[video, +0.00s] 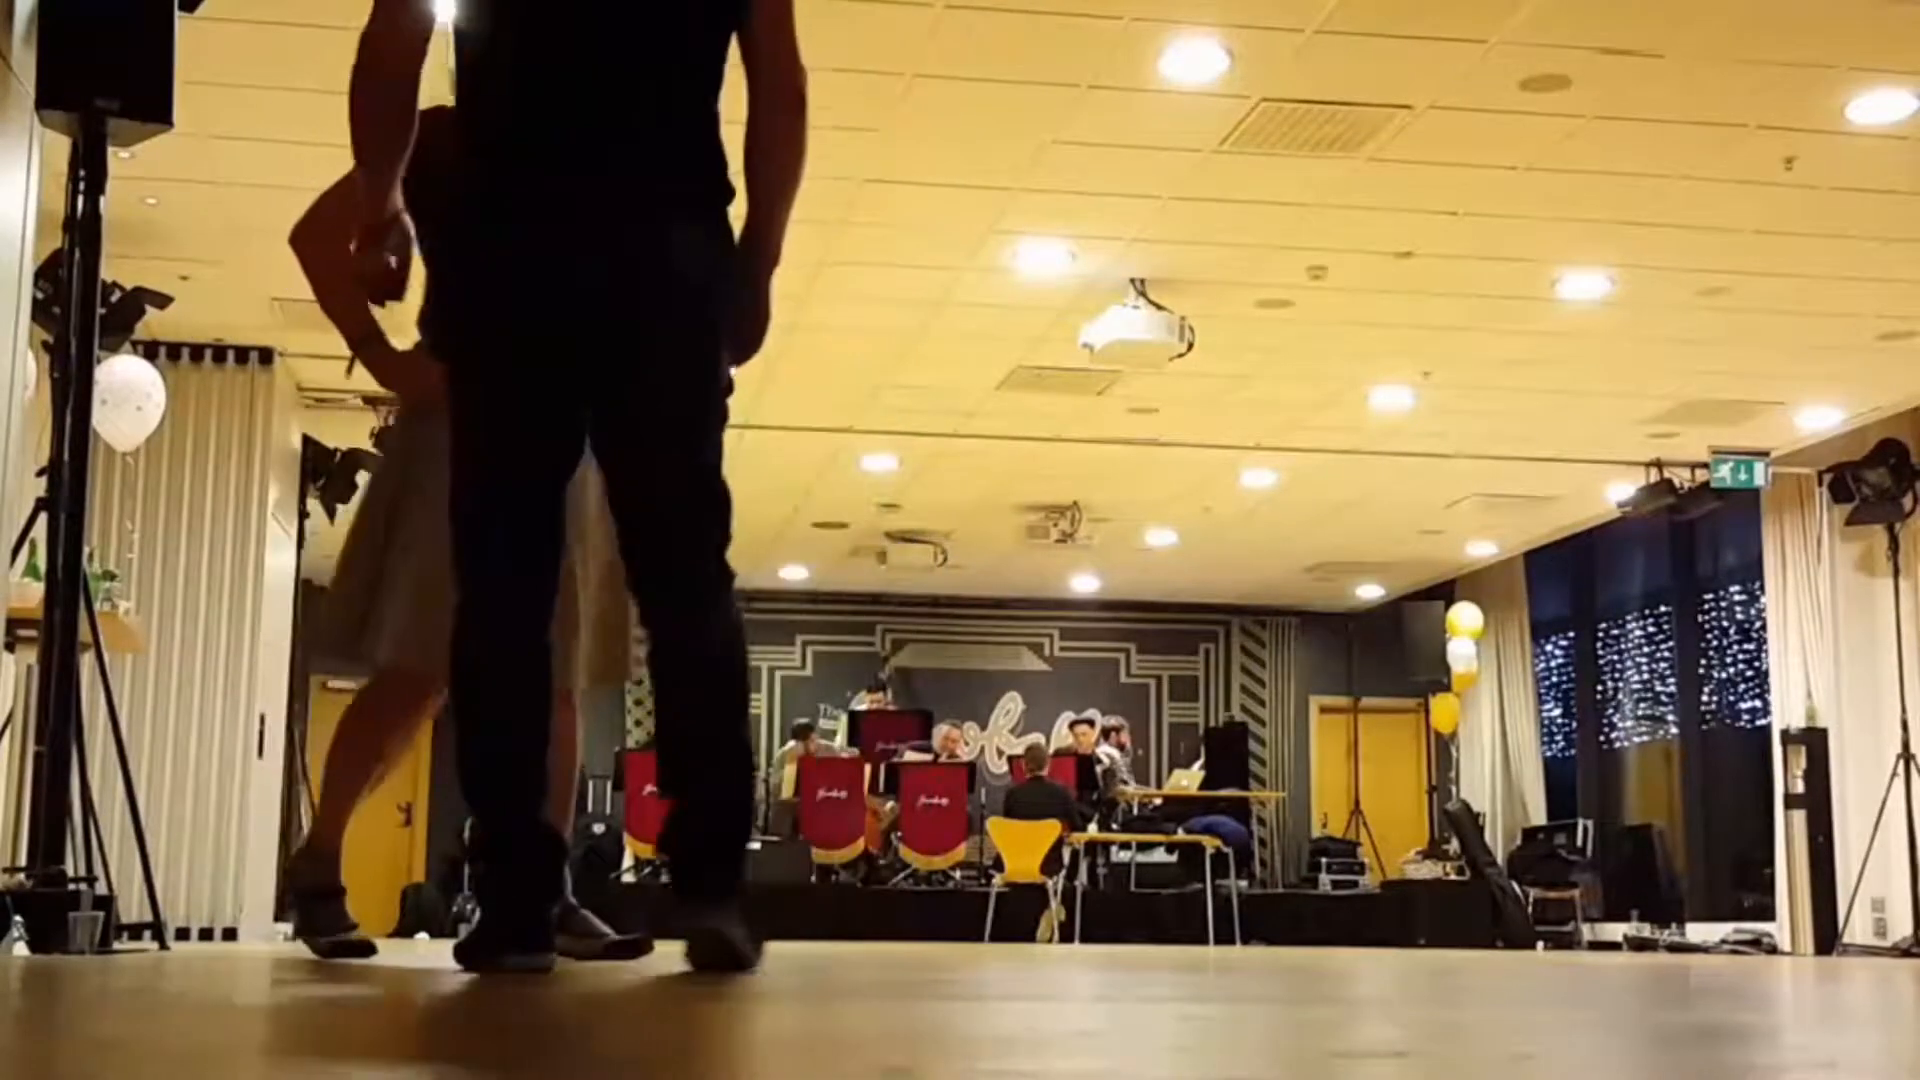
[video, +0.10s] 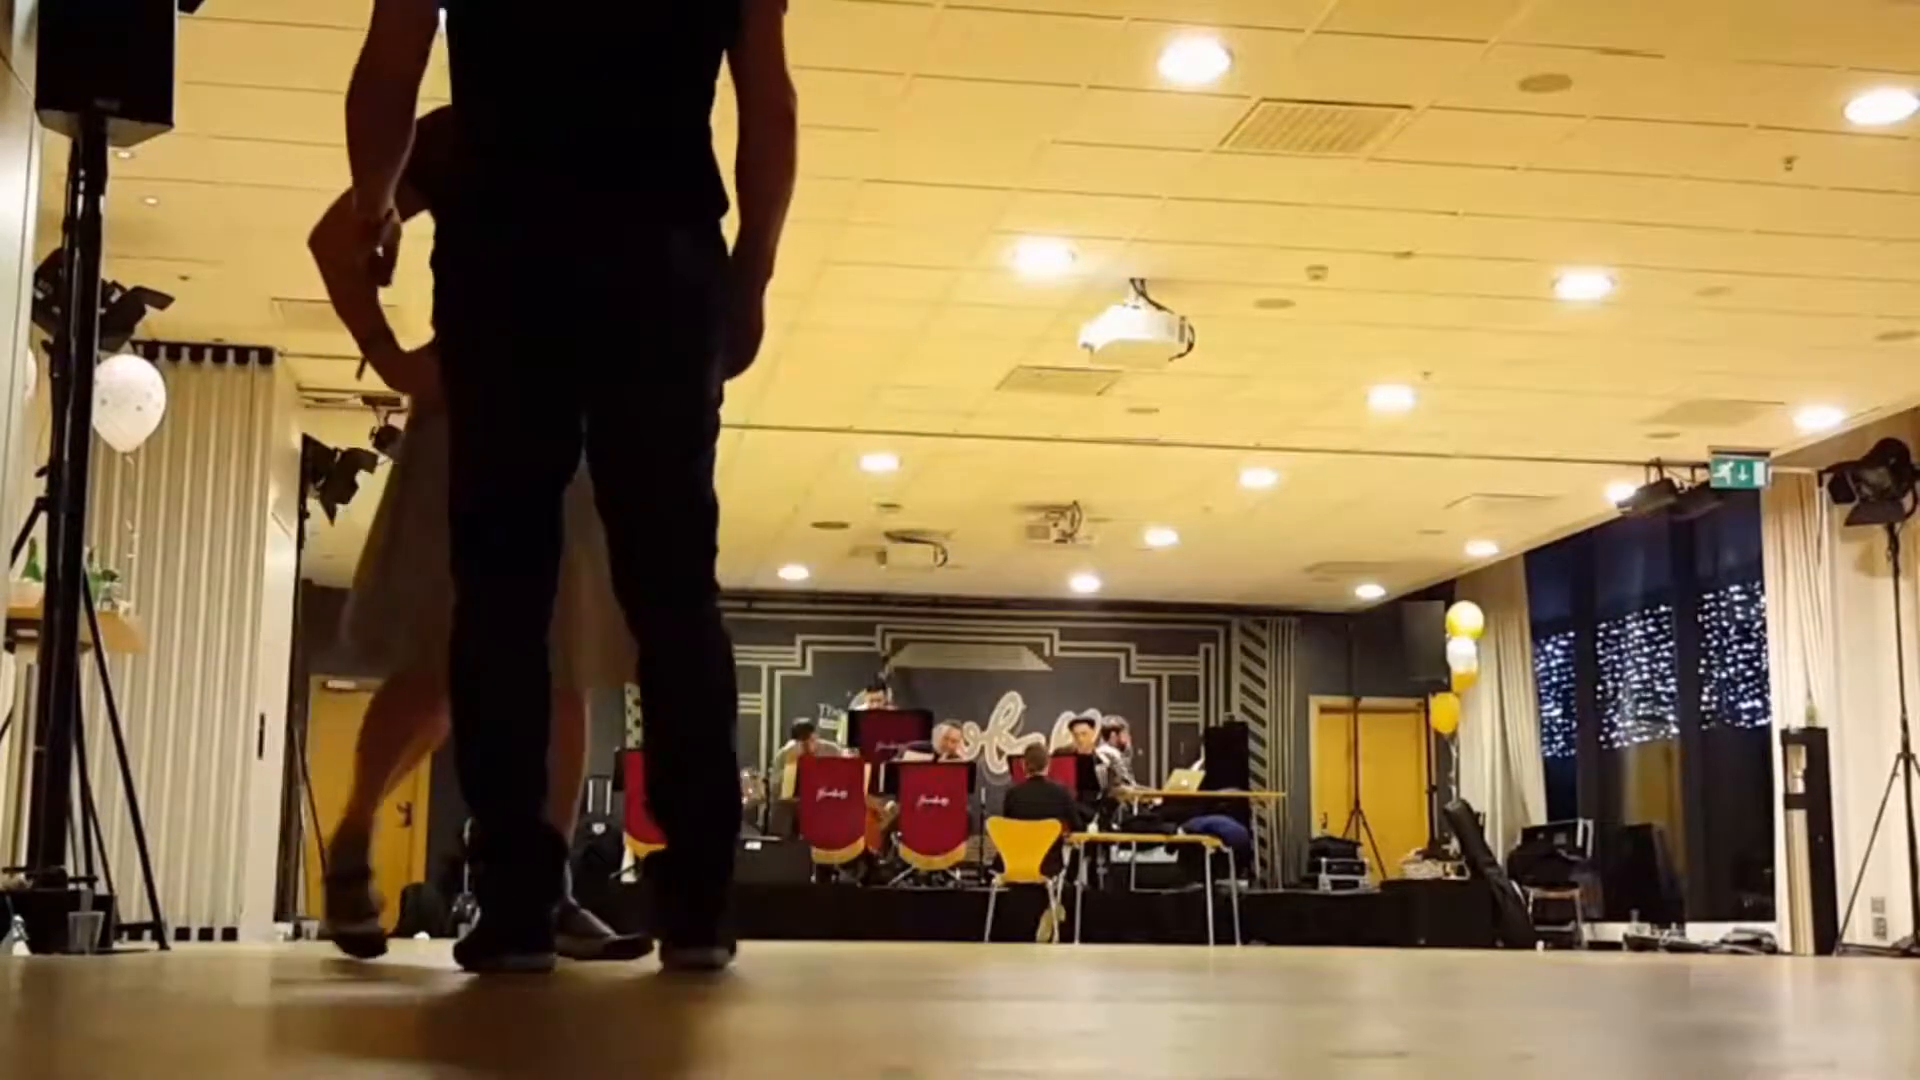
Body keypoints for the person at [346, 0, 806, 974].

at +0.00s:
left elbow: (389, 47)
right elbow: (780, 84)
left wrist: (379, 199)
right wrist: (759, 261)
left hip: (506, 275)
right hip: (665, 276)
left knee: (501, 597)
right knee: (689, 589)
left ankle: (513, 907)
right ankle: (712, 895)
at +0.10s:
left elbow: (384, 77)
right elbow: (768, 100)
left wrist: (372, 204)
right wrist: (753, 272)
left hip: (503, 271)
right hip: (663, 272)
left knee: (500, 593)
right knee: (676, 593)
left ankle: (513, 908)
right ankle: (697, 912)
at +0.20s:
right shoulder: (737, 4)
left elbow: (390, 86)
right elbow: (763, 114)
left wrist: (382, 194)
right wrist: (750, 282)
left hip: (503, 277)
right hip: (660, 281)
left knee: (500, 605)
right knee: (672, 604)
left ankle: (512, 909)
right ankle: (685, 907)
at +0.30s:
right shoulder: (732, 9)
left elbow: (399, 93)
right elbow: (766, 136)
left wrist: (395, 194)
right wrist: (753, 296)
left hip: (506, 290)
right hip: (659, 294)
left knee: (503, 610)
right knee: (666, 610)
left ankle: (513, 906)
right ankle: (672, 903)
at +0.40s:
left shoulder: (453, 4)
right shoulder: (737, 12)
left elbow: (410, 117)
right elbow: (768, 153)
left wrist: (421, 209)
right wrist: (757, 312)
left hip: (512, 302)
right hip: (665, 306)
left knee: (505, 608)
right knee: (661, 603)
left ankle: (513, 900)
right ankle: (665, 896)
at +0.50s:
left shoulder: (473, 11)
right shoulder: (742, 13)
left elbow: (431, 151)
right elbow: (778, 162)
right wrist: (763, 321)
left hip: (522, 314)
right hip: (670, 315)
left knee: (506, 609)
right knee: (664, 611)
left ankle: (517, 890)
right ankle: (665, 898)